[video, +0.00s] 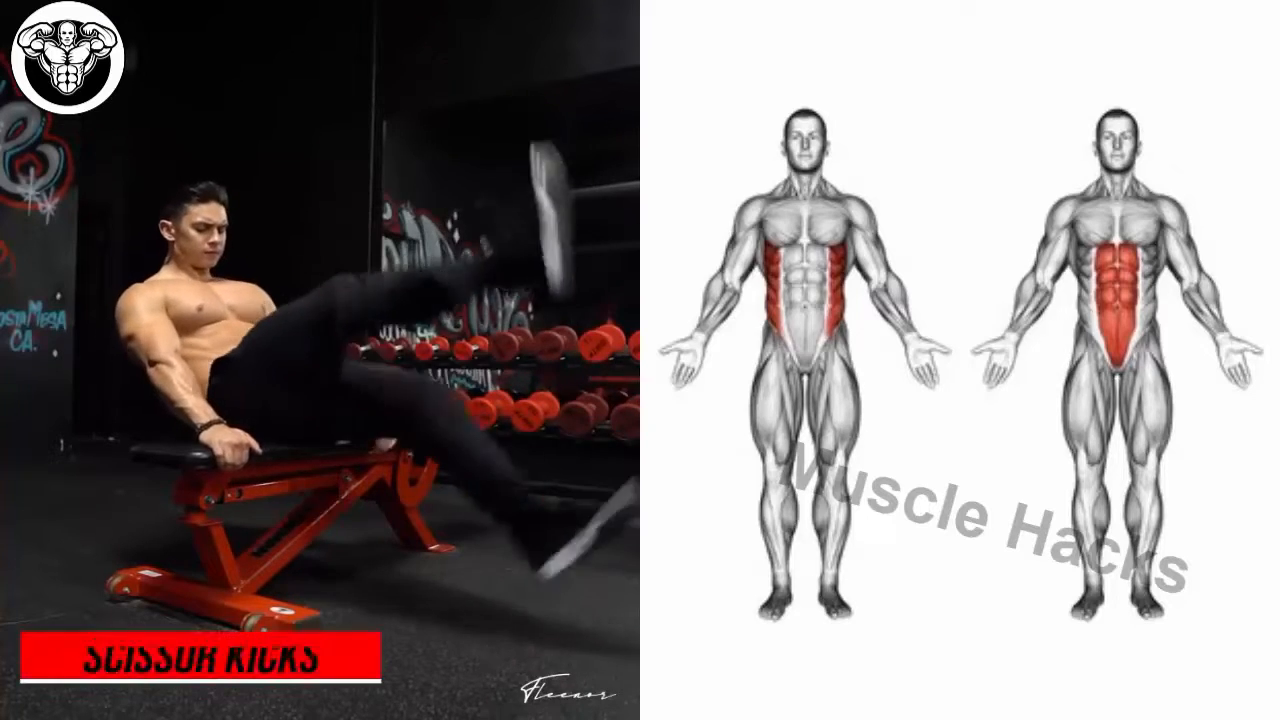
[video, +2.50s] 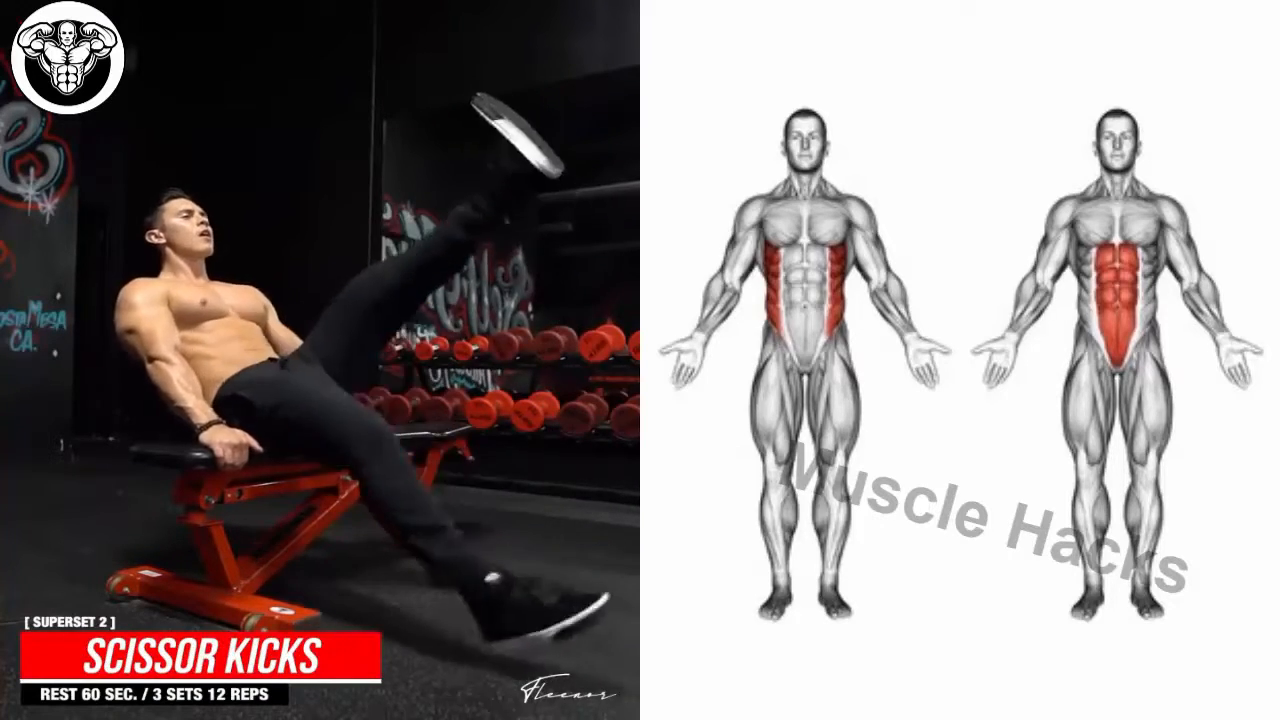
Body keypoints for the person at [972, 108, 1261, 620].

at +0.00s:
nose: (1116, 145)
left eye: (1124, 138)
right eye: (1109, 137)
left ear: (1137, 146)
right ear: (1097, 145)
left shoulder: (1164, 211)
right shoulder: (1070, 211)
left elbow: (1193, 282)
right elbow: (1041, 282)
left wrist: (1221, 335)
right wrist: (1012, 336)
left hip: (1144, 355)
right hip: (1089, 354)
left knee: (1145, 467)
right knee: (1088, 466)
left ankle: (1141, 582)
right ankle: (1092, 583)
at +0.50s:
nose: (1116, 145)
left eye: (1124, 138)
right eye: (1109, 137)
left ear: (1137, 146)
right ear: (1097, 145)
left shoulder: (1164, 211)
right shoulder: (1070, 211)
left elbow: (1193, 282)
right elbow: (1041, 282)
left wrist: (1221, 335)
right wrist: (1012, 336)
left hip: (1144, 355)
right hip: (1089, 354)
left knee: (1145, 466)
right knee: (1088, 466)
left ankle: (1141, 582)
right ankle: (1092, 583)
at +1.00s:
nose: (1116, 145)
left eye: (1124, 138)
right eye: (1109, 137)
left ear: (1137, 146)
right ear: (1097, 145)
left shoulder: (1164, 211)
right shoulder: (1070, 211)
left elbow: (1193, 282)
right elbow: (1041, 282)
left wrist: (1221, 335)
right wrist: (1012, 336)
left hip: (1144, 355)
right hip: (1089, 354)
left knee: (1145, 466)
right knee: (1088, 467)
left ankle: (1141, 582)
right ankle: (1092, 583)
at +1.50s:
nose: (1116, 145)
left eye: (1124, 137)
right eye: (1109, 137)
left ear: (1137, 146)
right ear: (1097, 145)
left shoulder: (1164, 211)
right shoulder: (1070, 211)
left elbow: (1193, 282)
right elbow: (1041, 282)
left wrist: (1221, 335)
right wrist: (1012, 336)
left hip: (1144, 355)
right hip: (1089, 354)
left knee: (1145, 466)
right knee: (1088, 466)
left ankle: (1141, 582)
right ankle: (1092, 583)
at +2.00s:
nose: (1116, 145)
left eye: (1124, 138)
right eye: (1109, 137)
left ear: (1137, 146)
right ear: (1097, 145)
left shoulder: (1164, 211)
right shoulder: (1070, 211)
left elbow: (1193, 282)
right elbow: (1041, 282)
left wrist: (1221, 335)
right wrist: (1012, 336)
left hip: (1144, 355)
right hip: (1089, 354)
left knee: (1145, 466)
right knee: (1088, 466)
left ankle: (1141, 582)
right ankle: (1092, 583)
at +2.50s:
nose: (1116, 145)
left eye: (1124, 138)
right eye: (1109, 137)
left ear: (1137, 146)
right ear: (1097, 145)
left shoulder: (1164, 211)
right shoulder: (1070, 211)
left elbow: (1193, 282)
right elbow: (1041, 282)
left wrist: (1221, 335)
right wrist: (1012, 336)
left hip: (1144, 355)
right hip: (1089, 354)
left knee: (1145, 466)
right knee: (1088, 466)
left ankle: (1141, 582)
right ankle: (1092, 583)